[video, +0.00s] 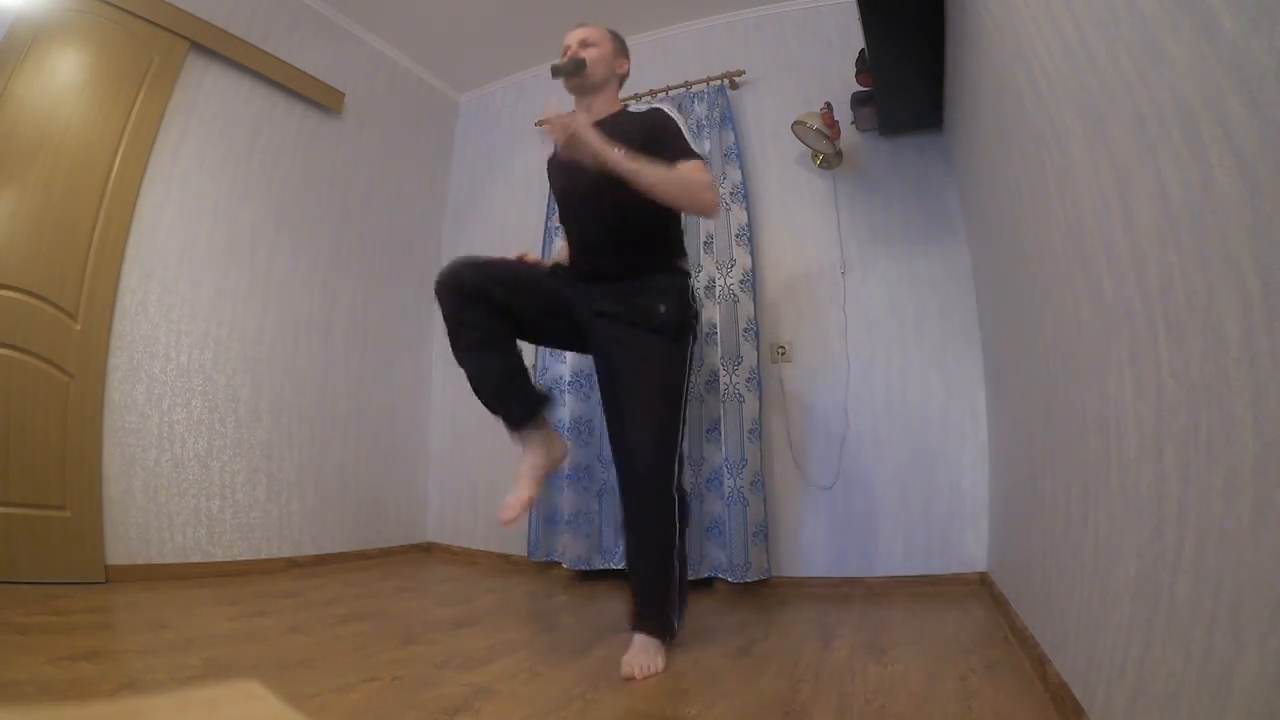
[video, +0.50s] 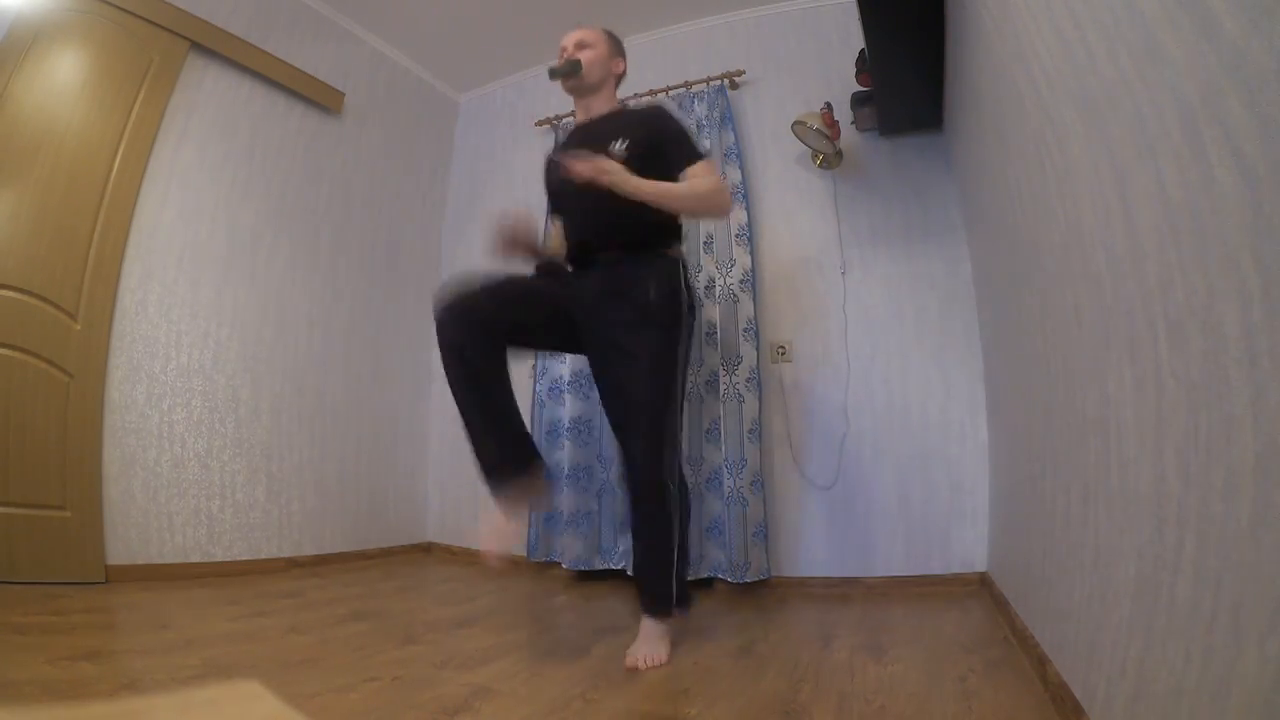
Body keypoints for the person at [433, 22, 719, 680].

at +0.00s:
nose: (572, 49)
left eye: (588, 41)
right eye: (565, 45)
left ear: (622, 65)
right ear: (559, 74)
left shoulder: (650, 124)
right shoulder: (565, 154)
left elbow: (706, 198)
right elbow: (587, 246)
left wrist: (603, 151)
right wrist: (543, 265)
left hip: (647, 309)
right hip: (581, 300)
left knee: (647, 471)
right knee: (462, 283)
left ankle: (650, 625)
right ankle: (536, 439)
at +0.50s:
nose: (567, 53)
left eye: (583, 45)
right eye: (561, 49)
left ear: (618, 65)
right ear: (558, 75)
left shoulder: (651, 123)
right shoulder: (561, 152)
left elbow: (717, 199)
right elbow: (571, 251)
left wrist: (626, 181)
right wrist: (531, 244)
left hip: (644, 298)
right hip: (577, 296)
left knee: (648, 458)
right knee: (463, 313)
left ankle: (656, 612)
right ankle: (516, 478)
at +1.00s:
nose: (555, 37)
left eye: (571, 28)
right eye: (550, 34)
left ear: (607, 49)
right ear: (546, 61)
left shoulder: (646, 106)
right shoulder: (546, 138)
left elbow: (714, 180)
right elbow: (552, 231)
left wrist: (648, 188)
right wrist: (515, 220)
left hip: (633, 273)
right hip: (567, 276)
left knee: (601, 419)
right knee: (472, 374)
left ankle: (618, 599)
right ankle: (535, 535)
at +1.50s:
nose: (564, 35)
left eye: (579, 26)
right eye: (558, 32)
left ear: (612, 49)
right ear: (551, 58)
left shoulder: (648, 110)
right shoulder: (538, 133)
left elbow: (706, 181)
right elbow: (509, 222)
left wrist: (656, 202)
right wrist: (500, 169)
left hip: (637, 263)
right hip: (565, 279)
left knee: (594, 338)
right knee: (525, 429)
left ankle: (619, 529)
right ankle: (565, 590)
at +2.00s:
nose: (566, 34)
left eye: (583, 28)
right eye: (560, 31)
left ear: (616, 53)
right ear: (554, 61)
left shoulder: (654, 127)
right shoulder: (530, 135)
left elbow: (700, 205)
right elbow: (478, 217)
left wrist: (663, 222)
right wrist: (468, 163)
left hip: (638, 286)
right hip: (565, 298)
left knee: (589, 244)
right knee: (567, 461)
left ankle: (609, 457)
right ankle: (598, 605)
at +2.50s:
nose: (561, 26)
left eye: (579, 20)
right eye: (555, 23)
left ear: (612, 48)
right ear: (548, 54)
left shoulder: (652, 122)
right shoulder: (523, 131)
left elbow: (701, 210)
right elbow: (472, 220)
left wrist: (671, 217)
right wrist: (464, 166)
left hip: (634, 281)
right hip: (554, 293)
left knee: (565, 189)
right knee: (563, 461)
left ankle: (600, 408)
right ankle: (596, 622)